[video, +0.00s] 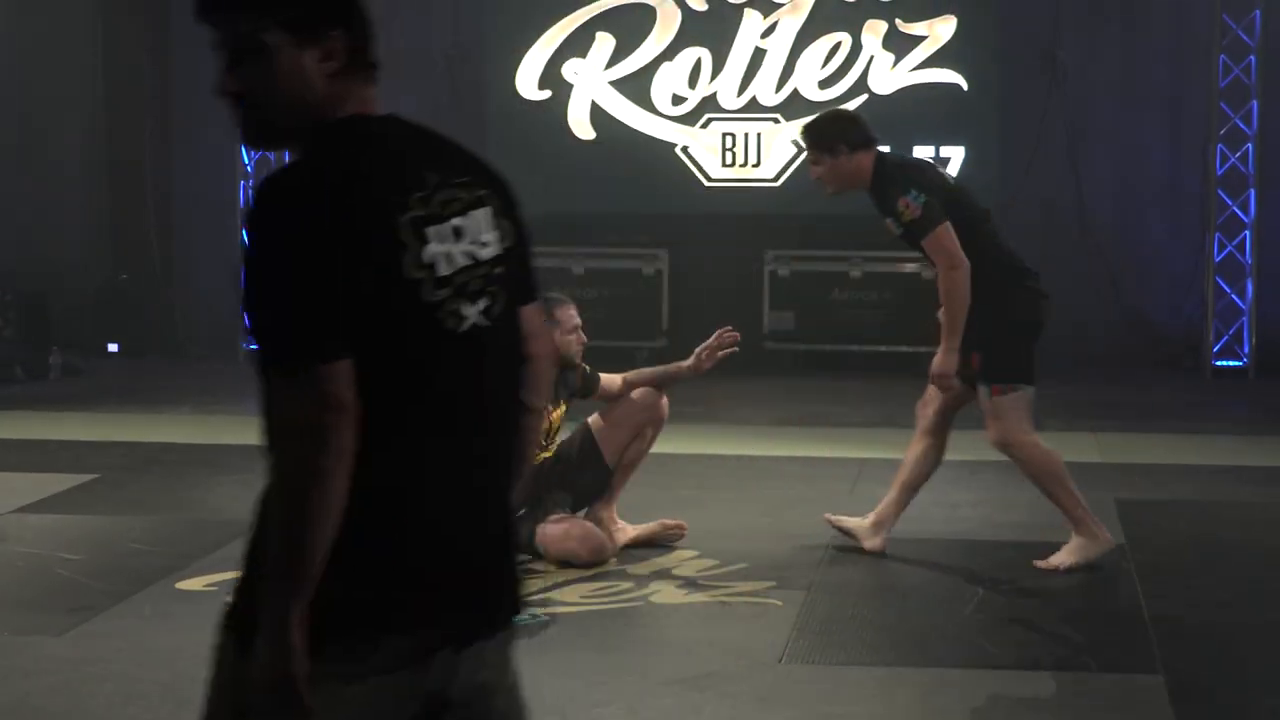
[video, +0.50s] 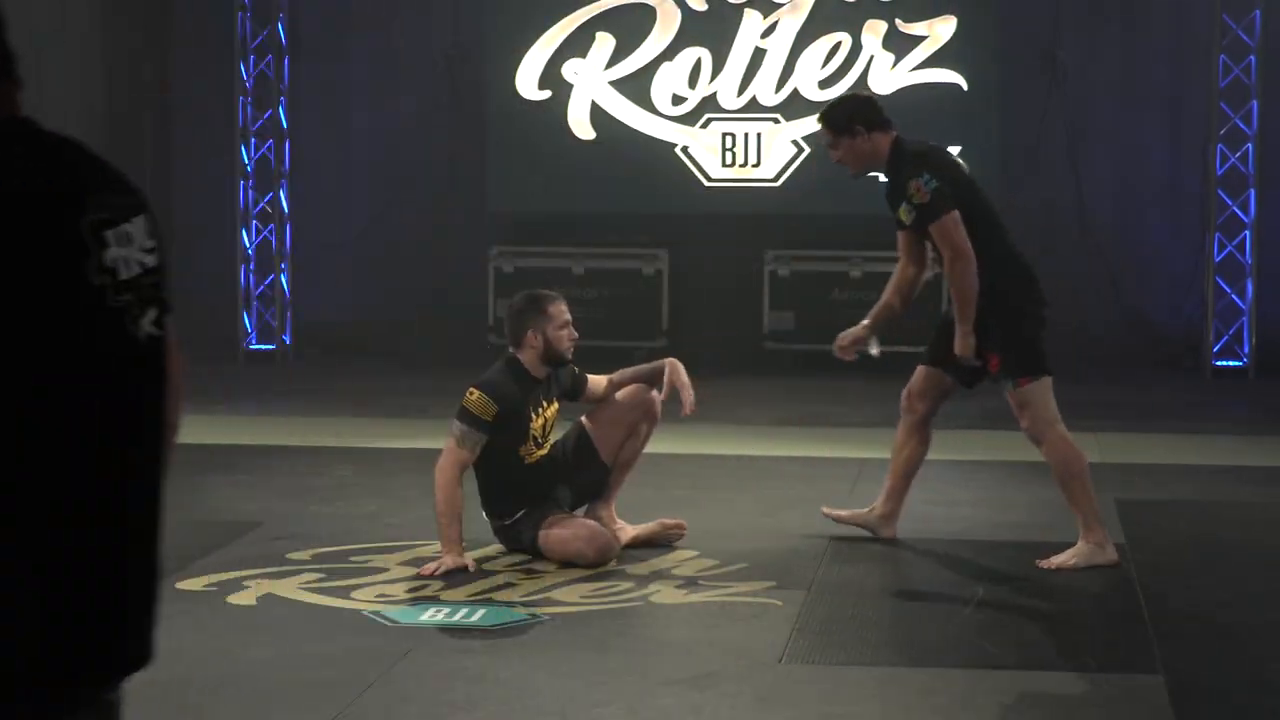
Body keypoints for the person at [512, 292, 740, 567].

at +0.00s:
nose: (583, 339)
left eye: (581, 330)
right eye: (573, 332)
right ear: (544, 338)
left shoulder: (563, 374)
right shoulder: (510, 386)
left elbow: (621, 383)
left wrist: (688, 367)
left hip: (550, 475)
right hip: (518, 508)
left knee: (648, 402)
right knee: (586, 546)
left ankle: (604, 515)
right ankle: (625, 535)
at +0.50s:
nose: (575, 334)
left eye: (572, 325)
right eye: (565, 327)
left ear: (539, 338)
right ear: (533, 338)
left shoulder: (554, 373)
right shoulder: (491, 392)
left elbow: (606, 386)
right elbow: (448, 468)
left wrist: (665, 365)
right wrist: (451, 551)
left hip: (555, 476)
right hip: (520, 512)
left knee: (641, 400)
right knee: (594, 546)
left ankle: (603, 513)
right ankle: (620, 538)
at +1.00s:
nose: (559, 335)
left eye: (556, 327)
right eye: (551, 329)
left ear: (524, 341)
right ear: (523, 341)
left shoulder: (532, 377)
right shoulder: (483, 396)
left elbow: (566, 399)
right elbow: (416, 456)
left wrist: (598, 341)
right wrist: (409, 547)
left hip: (548, 469)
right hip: (520, 519)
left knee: (621, 385)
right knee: (598, 530)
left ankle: (601, 506)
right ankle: (630, 533)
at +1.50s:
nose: (529, 334)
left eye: (525, 326)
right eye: (519, 328)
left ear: (494, 343)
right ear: (491, 343)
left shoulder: (505, 379)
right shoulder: (447, 401)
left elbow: (546, 388)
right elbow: (398, 471)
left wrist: (604, 341)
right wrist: (394, 553)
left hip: (528, 471)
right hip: (507, 520)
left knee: (598, 389)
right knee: (599, 508)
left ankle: (555, 505)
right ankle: (629, 529)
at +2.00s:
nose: (528, 349)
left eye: (524, 339)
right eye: (518, 343)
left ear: (497, 352)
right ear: (486, 356)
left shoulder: (522, 373)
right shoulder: (447, 409)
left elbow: (614, 378)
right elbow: (398, 483)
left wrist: (691, 362)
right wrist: (392, 550)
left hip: (527, 473)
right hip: (514, 515)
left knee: (601, 396)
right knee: (609, 444)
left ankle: (570, 513)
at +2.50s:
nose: (503, 377)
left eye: (498, 367)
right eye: (490, 378)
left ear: (496, 360)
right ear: (462, 398)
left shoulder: (512, 370)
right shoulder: (447, 446)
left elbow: (584, 335)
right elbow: (441, 529)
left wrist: (627, 311)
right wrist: (465, 549)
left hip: (566, 462)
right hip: (537, 513)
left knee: (657, 387)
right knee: (574, 478)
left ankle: (626, 513)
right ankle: (673, 493)